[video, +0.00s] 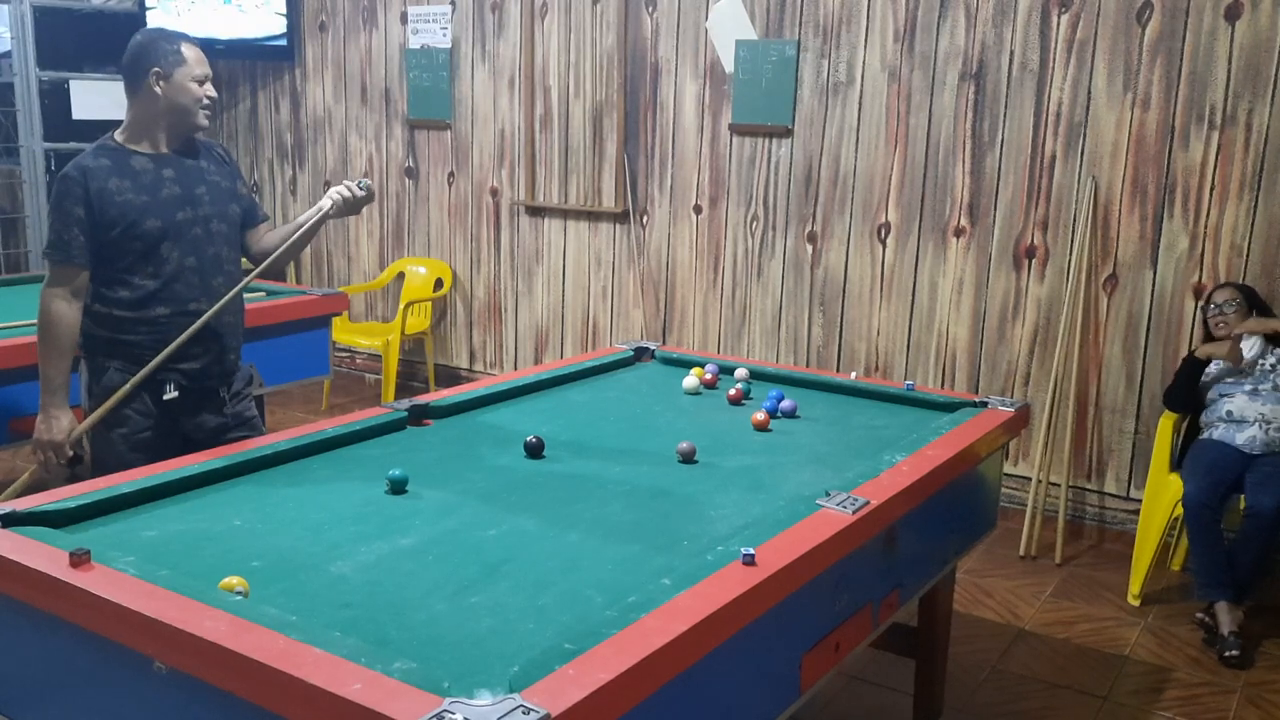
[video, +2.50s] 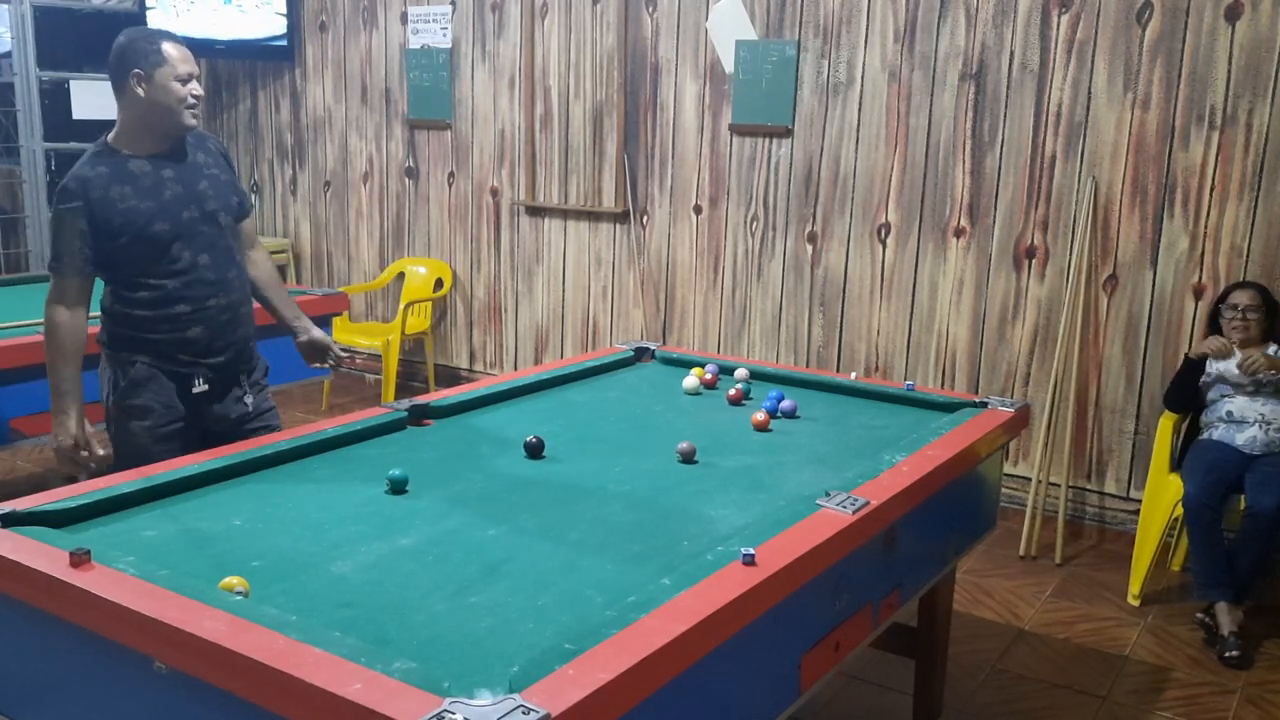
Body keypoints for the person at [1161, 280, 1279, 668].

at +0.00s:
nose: (1221, 313)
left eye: (1231, 306)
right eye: (1212, 309)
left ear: (1254, 313)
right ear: (1206, 320)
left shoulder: (1272, 348)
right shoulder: (1206, 361)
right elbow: (1175, 403)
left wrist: (1264, 326)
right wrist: (1200, 354)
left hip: (1271, 446)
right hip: (1221, 440)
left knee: (1267, 511)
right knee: (1196, 498)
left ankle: (1220, 604)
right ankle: (1226, 611)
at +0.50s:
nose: (1221, 313)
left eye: (1232, 306)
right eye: (1214, 308)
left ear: (1256, 317)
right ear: (1209, 318)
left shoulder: (1270, 351)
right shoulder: (1205, 361)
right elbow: (1175, 404)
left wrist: (1273, 328)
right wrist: (1196, 357)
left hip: (1270, 446)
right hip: (1220, 440)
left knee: (1267, 510)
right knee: (1196, 498)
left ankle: (1220, 604)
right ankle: (1226, 611)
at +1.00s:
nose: (1218, 313)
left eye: (1229, 305)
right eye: (1213, 310)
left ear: (1257, 315)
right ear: (1209, 321)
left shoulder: (1273, 349)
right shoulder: (1206, 357)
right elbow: (1176, 405)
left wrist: (1272, 338)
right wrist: (1190, 353)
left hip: (1270, 448)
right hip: (1219, 442)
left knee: (1267, 511)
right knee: (1196, 498)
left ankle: (1220, 604)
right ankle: (1225, 611)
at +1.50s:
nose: (1229, 315)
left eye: (1238, 308)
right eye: (1220, 309)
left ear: (1258, 316)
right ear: (1210, 318)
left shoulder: (1273, 348)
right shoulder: (1203, 359)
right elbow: (1176, 405)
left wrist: (1277, 333)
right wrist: (1184, 355)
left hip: (1270, 448)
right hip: (1219, 443)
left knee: (1267, 510)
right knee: (1196, 498)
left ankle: (1221, 603)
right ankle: (1225, 610)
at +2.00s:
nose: (1237, 318)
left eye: (1248, 312)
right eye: (1230, 311)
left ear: (1264, 319)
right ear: (1218, 318)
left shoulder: (1276, 354)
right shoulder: (1207, 358)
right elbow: (1175, 405)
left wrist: (1274, 381)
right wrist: (1190, 356)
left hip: (1270, 449)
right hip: (1220, 442)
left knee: (1267, 510)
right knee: (1197, 498)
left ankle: (1221, 603)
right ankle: (1225, 610)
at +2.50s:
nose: (1240, 317)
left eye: (1251, 311)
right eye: (1232, 310)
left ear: (1266, 320)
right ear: (1220, 318)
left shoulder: (1275, 354)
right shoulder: (1210, 357)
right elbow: (1176, 405)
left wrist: (1274, 364)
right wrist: (1195, 357)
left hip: (1271, 449)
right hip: (1220, 442)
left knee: (1267, 511)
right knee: (1196, 499)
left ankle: (1222, 604)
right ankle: (1226, 610)